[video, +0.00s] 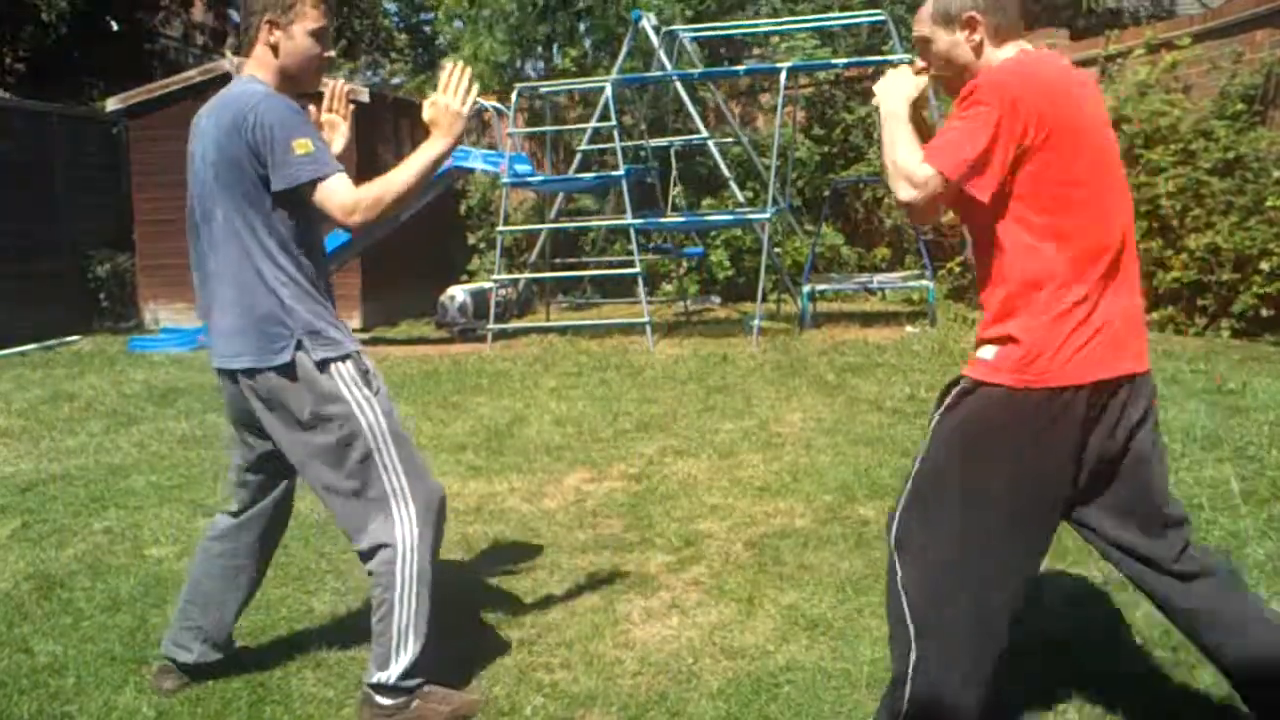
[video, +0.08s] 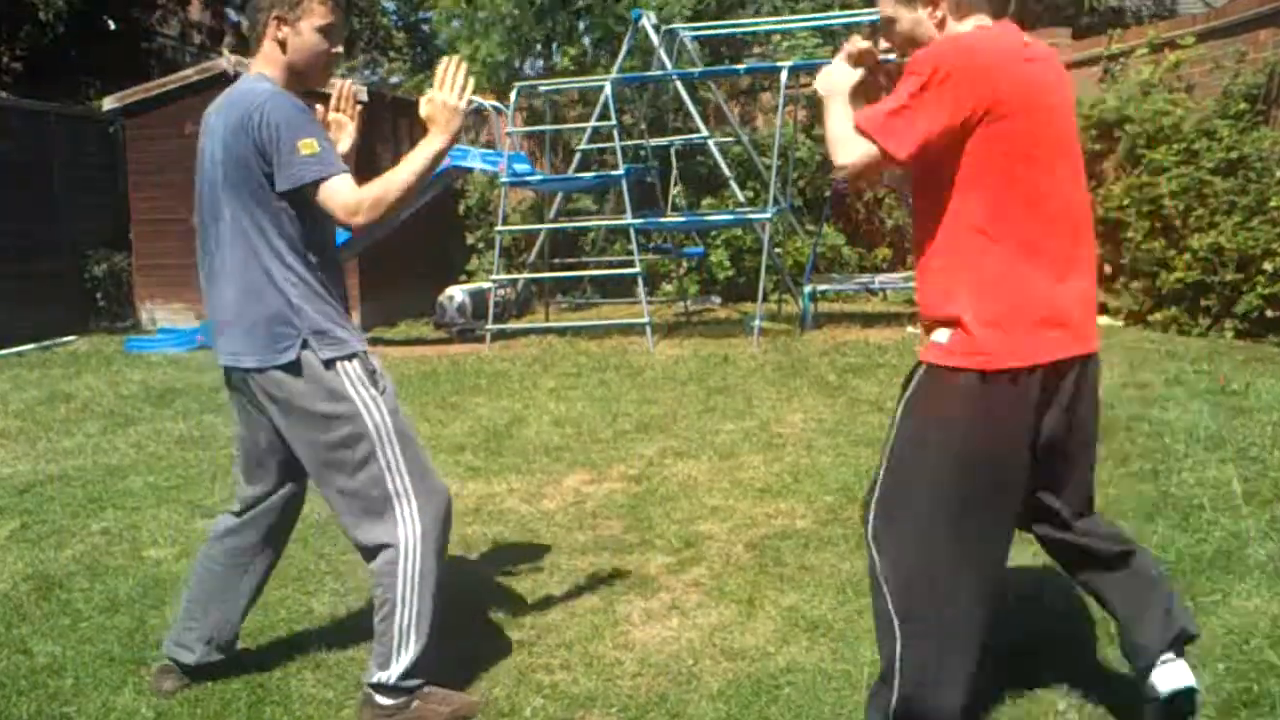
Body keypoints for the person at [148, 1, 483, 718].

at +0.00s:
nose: (328, 51)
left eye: (328, 37)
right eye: (319, 35)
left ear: (271, 38)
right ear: (269, 35)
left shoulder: (215, 114)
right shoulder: (269, 111)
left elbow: (275, 228)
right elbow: (358, 208)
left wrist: (325, 159)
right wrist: (440, 141)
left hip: (240, 348)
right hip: (298, 345)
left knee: (252, 500)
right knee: (407, 502)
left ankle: (188, 655)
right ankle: (396, 686)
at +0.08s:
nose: (339, 48)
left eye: (340, 34)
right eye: (328, 31)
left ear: (282, 32)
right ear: (279, 29)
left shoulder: (228, 110)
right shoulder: (276, 109)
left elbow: (283, 223)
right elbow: (358, 208)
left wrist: (330, 154)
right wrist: (439, 137)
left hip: (248, 344)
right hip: (305, 343)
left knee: (263, 498)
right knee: (412, 504)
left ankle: (189, 656)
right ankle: (397, 686)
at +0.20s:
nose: (349, 50)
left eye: (349, 36)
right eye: (339, 35)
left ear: (293, 35)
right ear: (291, 33)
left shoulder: (245, 111)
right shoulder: (282, 110)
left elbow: (290, 221)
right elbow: (357, 212)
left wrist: (338, 155)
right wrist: (441, 145)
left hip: (260, 343)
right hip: (311, 340)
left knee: (267, 503)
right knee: (418, 500)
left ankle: (189, 656)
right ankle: (398, 684)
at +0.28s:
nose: (356, 55)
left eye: (357, 41)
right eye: (346, 39)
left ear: (299, 38)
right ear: (298, 36)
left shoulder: (254, 114)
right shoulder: (284, 113)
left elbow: (295, 225)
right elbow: (347, 223)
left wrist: (341, 161)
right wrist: (441, 165)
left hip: (264, 345)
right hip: (314, 343)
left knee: (273, 502)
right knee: (420, 500)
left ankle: (189, 655)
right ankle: (398, 684)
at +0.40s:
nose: (361, 59)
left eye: (362, 45)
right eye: (351, 44)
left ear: (306, 41)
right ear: (304, 40)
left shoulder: (269, 116)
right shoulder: (287, 117)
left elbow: (318, 230)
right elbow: (337, 230)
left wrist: (352, 165)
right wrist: (436, 174)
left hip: (274, 347)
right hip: (318, 346)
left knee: (276, 503)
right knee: (424, 501)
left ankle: (190, 655)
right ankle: (398, 682)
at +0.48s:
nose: (365, 58)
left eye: (366, 44)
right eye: (357, 41)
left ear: (308, 40)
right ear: (308, 37)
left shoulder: (269, 114)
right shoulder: (292, 113)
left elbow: (323, 226)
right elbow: (359, 211)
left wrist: (356, 163)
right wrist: (446, 140)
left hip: (279, 345)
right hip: (324, 343)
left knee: (272, 505)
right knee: (428, 500)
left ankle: (188, 656)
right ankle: (399, 682)